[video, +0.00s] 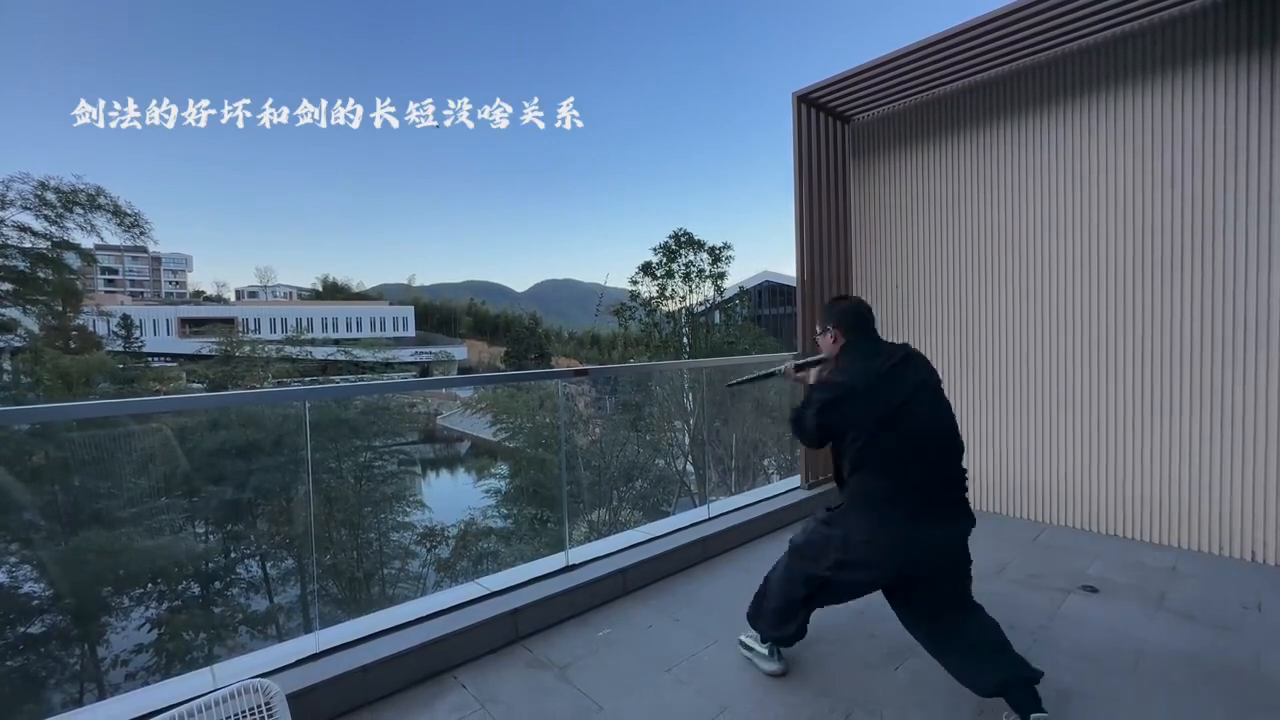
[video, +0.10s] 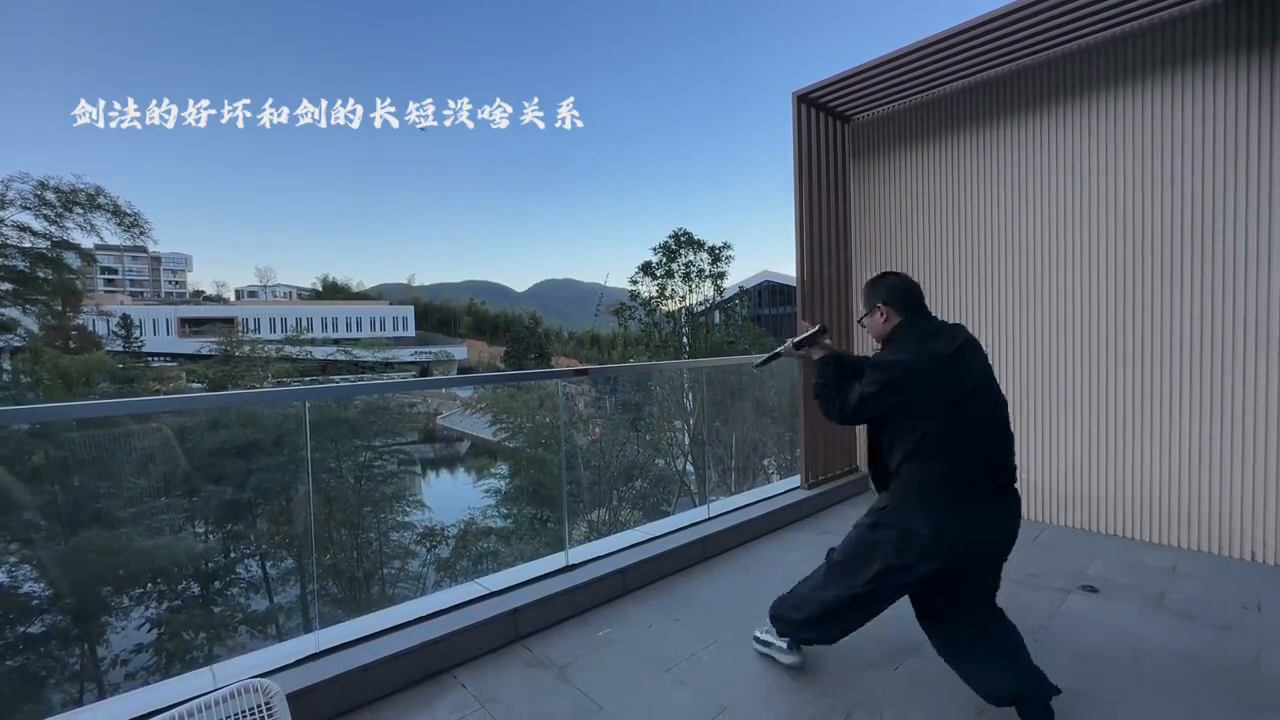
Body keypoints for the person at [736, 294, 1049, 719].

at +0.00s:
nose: (818, 343)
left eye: (820, 335)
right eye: (818, 336)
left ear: (837, 337)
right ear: (871, 332)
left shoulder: (845, 377)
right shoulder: (915, 363)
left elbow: (812, 432)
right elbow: (877, 399)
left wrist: (811, 387)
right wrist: (823, 379)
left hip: (879, 522)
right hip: (944, 521)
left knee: (805, 559)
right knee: (953, 613)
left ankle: (768, 639)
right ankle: (1029, 706)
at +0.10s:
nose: (865, 328)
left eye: (866, 319)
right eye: (864, 320)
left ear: (885, 315)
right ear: (918, 309)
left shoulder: (901, 362)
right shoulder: (962, 345)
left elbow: (844, 403)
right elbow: (885, 372)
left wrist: (822, 361)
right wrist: (829, 356)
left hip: (928, 509)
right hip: (992, 509)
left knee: (851, 568)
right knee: (965, 610)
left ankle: (786, 631)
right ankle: (1034, 700)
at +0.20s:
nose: (906, 302)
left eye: (907, 292)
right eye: (904, 293)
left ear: (931, 288)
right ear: (955, 285)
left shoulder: (956, 341)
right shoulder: (998, 321)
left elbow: (891, 400)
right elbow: (908, 359)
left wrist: (832, 380)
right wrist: (833, 368)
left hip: (998, 495)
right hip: (1059, 494)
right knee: (987, 594)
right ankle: (1048, 705)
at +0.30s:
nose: (930, 285)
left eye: (934, 273)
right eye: (930, 275)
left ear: (960, 272)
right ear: (975, 272)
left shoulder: (993, 329)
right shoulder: (1023, 310)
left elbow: (963, 425)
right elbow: (961, 385)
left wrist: (899, 441)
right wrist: (899, 416)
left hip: (1053, 502)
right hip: (1101, 495)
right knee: (1047, 614)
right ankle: (1058, 701)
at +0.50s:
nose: (972, 308)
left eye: (977, 296)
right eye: (973, 298)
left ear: (1007, 299)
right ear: (1015, 300)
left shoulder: (1061, 367)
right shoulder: (1075, 349)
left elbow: (1072, 488)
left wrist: (1058, 546)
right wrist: (1042, 498)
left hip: (1168, 557)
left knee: (1181, 702)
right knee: (1040, 584)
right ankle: (1055, 709)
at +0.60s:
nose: (976, 291)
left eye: (984, 280)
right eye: (979, 280)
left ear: (1011, 286)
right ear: (1021, 288)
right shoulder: (1069, 341)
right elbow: (1082, 453)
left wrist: (1014, 511)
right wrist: (1011, 474)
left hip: (1143, 544)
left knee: (1173, 696)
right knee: (1035, 587)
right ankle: (1051, 708)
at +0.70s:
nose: (958, 274)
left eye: (965, 263)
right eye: (959, 264)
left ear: (992, 265)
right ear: (1007, 267)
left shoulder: (1010, 334)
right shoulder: (1061, 322)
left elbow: (958, 442)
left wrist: (940, 445)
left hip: (1074, 531)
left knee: (1103, 669)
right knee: (1018, 649)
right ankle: (1053, 710)